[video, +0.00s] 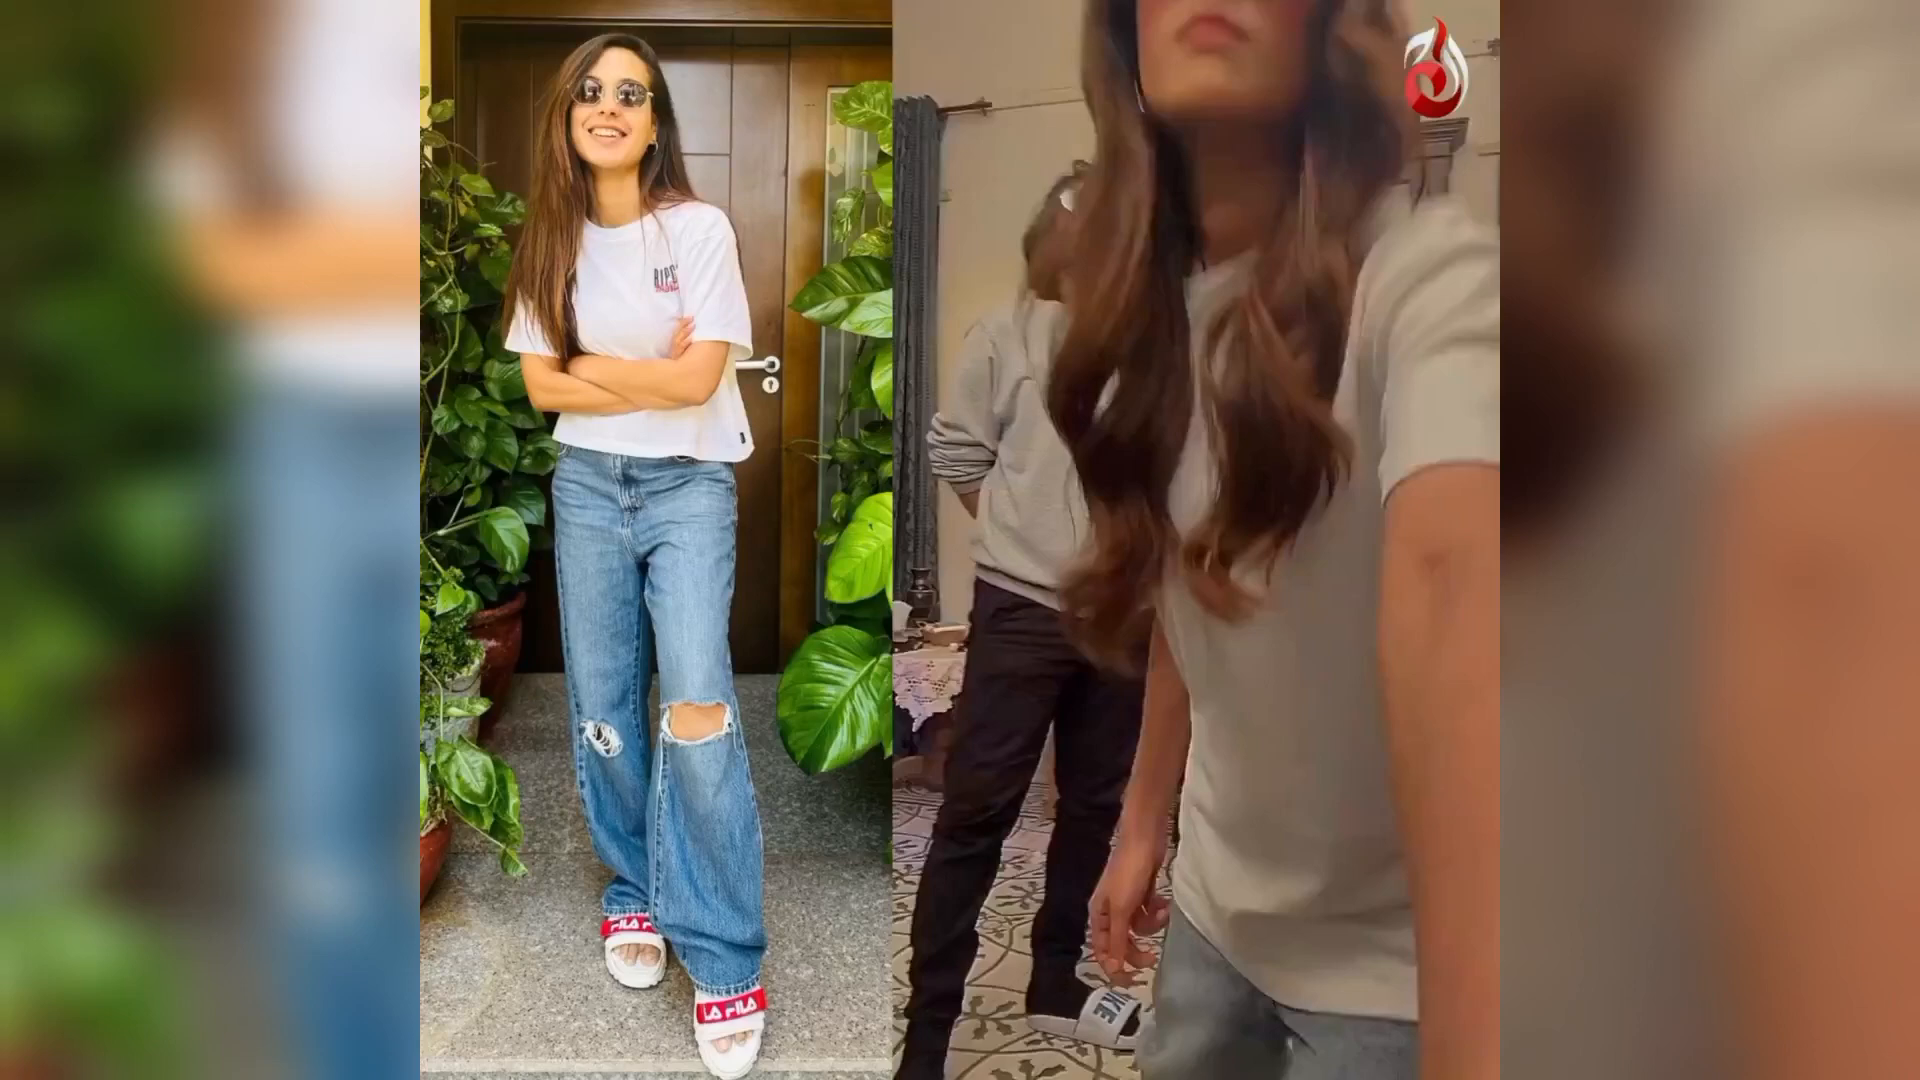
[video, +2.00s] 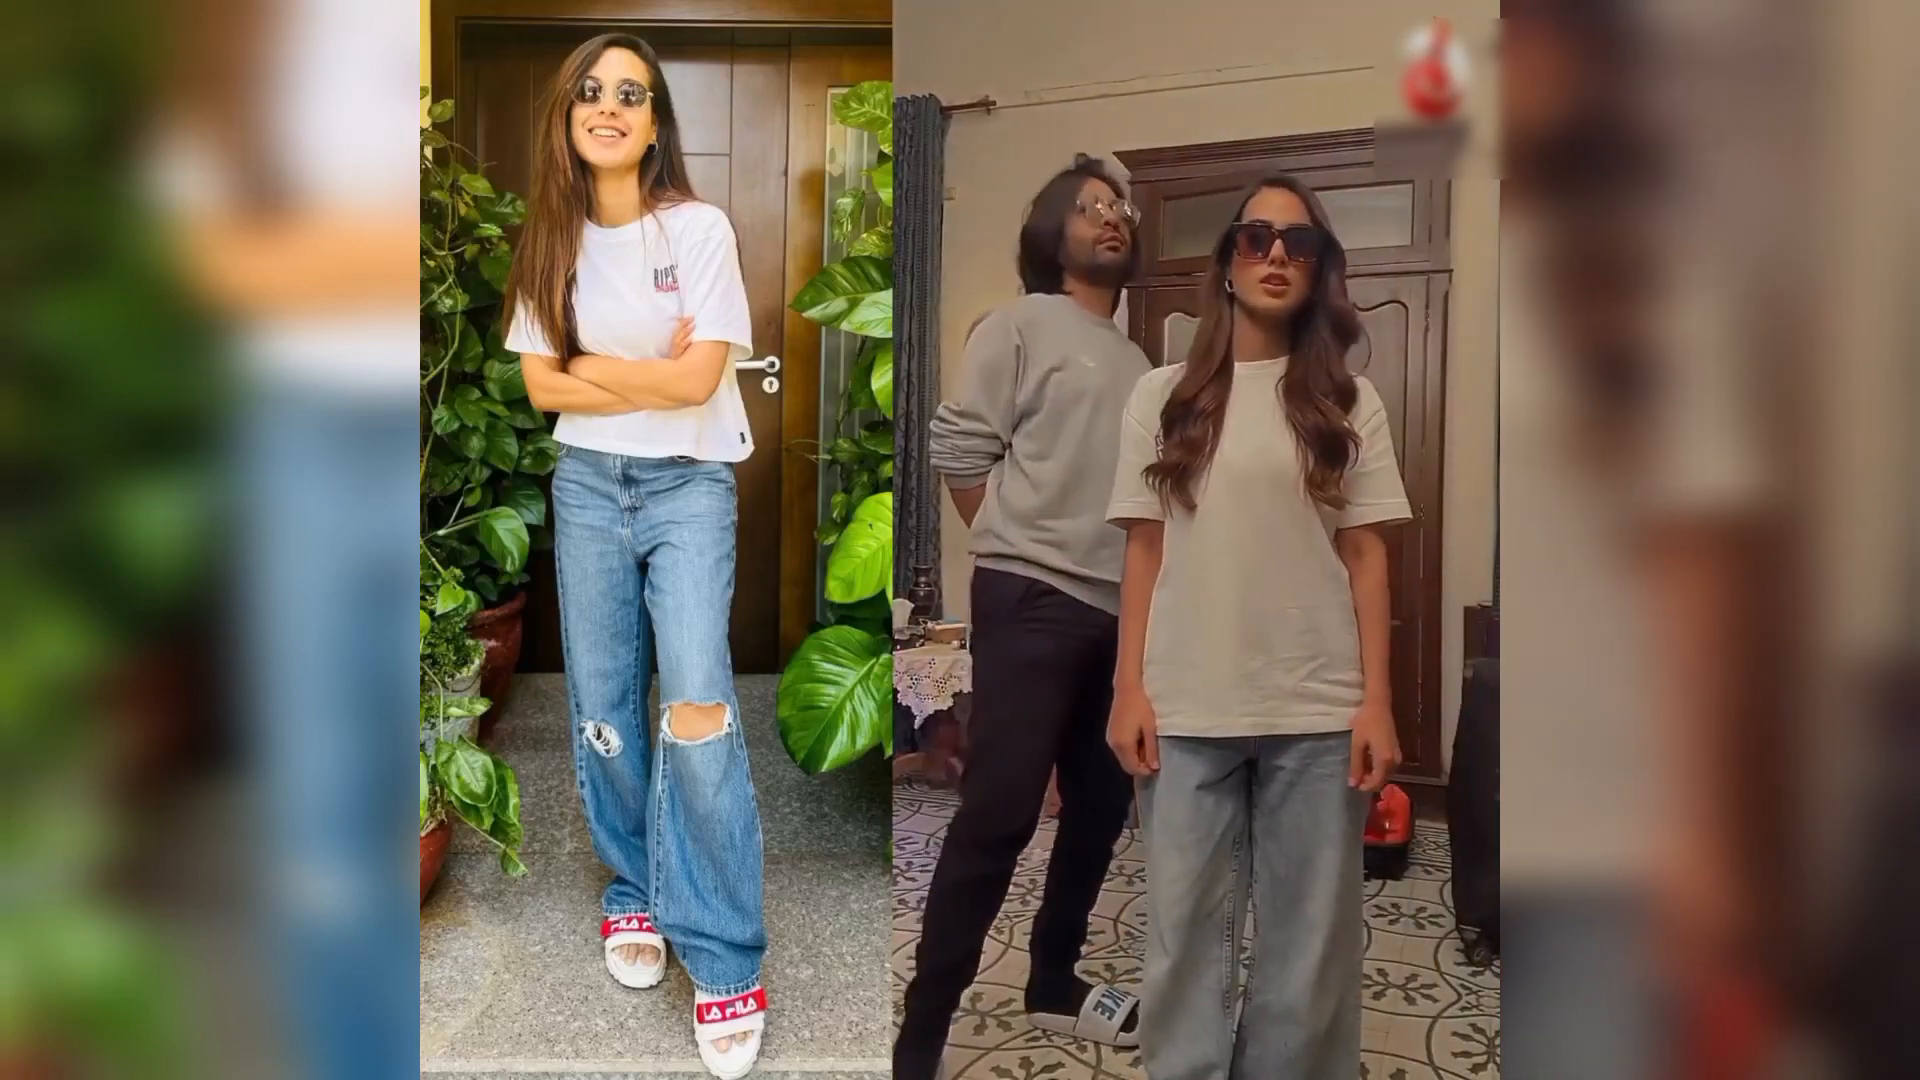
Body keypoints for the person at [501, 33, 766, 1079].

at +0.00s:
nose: (610, 111)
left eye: (630, 98)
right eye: (593, 95)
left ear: (656, 121)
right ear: (566, 116)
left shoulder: (699, 226)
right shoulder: (550, 240)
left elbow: (699, 378)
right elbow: (540, 385)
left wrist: (575, 362)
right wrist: (662, 379)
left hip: (689, 482)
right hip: (585, 484)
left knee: (694, 710)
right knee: (603, 709)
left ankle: (725, 959)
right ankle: (632, 892)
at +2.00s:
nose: (610, 111)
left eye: (630, 97)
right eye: (593, 95)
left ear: (657, 121)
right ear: (566, 117)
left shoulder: (700, 226)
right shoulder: (550, 240)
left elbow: (699, 379)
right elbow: (541, 386)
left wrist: (576, 362)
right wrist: (662, 379)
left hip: (689, 482)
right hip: (585, 484)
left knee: (695, 709)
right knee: (603, 709)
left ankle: (724, 957)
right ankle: (631, 890)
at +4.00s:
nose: (610, 111)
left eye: (630, 97)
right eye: (593, 95)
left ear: (656, 121)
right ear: (566, 117)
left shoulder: (699, 225)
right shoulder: (549, 240)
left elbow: (698, 378)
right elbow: (541, 385)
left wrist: (576, 362)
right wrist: (662, 379)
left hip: (689, 482)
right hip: (585, 484)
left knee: (694, 709)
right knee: (603, 708)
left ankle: (724, 958)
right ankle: (631, 891)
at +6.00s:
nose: (610, 111)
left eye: (629, 97)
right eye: (593, 95)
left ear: (656, 122)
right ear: (566, 117)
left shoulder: (699, 226)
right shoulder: (549, 239)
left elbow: (698, 378)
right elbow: (540, 385)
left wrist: (576, 362)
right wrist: (662, 378)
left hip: (689, 481)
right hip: (584, 483)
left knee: (695, 709)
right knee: (602, 708)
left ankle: (724, 955)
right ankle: (631, 890)